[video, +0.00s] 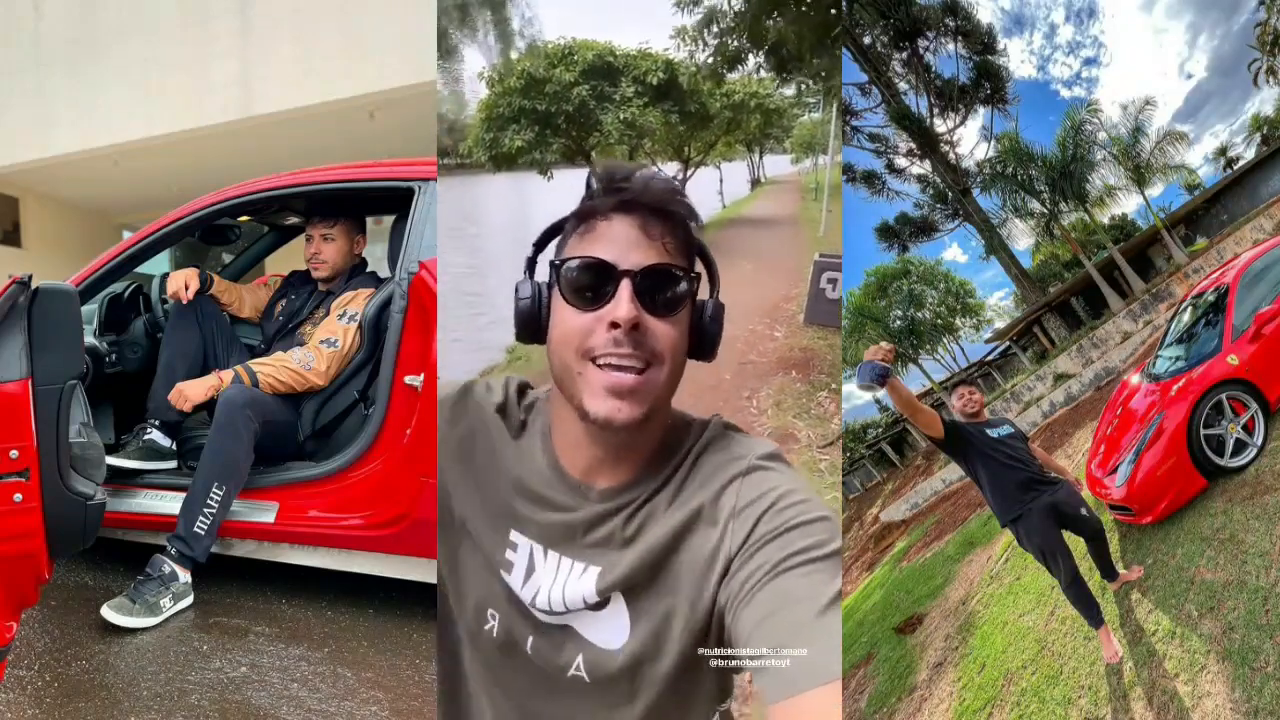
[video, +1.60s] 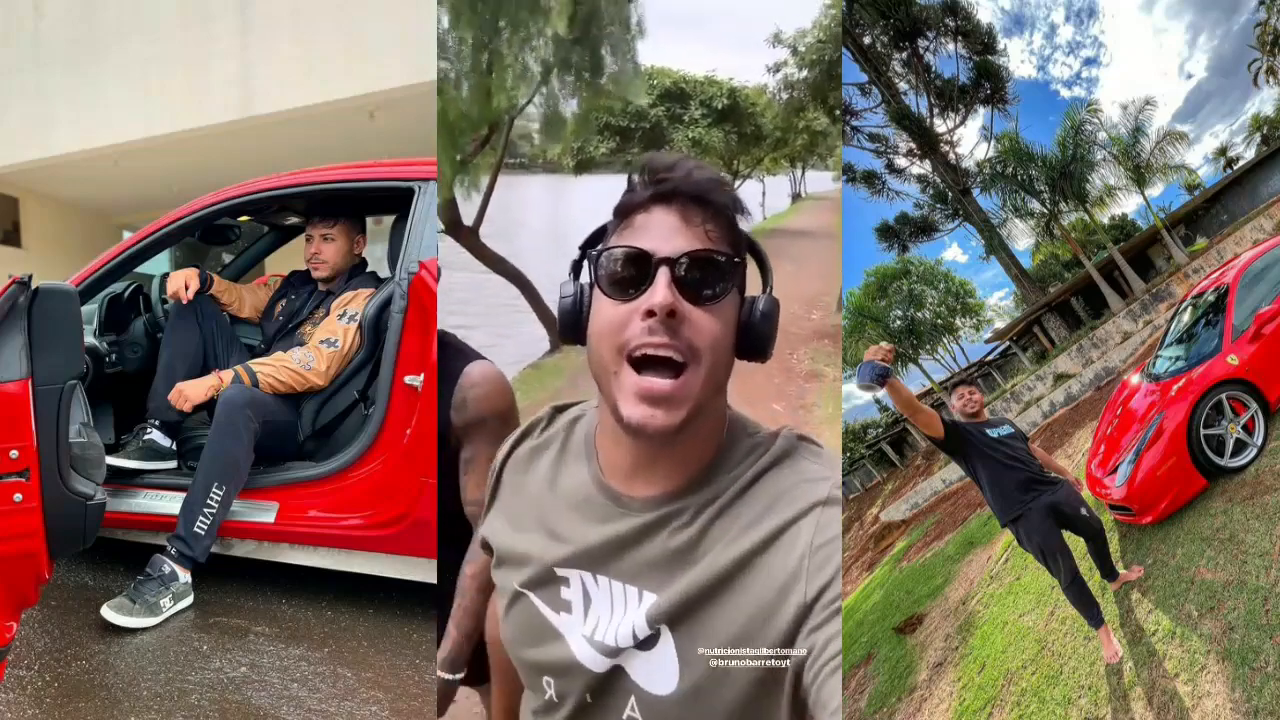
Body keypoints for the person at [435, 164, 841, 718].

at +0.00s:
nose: (625, 313)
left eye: (661, 290)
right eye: (589, 282)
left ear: (699, 327)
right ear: (541, 308)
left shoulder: (759, 514)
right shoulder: (466, 430)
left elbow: (818, 705)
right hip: (471, 706)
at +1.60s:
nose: (660, 301)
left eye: (702, 278)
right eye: (628, 274)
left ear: (748, 324)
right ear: (584, 310)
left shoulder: (817, 521)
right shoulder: (526, 464)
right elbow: (509, 604)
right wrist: (503, 712)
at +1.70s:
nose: (684, 319)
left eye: (723, 293)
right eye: (651, 291)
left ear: (772, 332)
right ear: (609, 322)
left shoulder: (836, 509)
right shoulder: (566, 462)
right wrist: (545, 704)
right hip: (584, 710)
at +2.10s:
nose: (759, 312)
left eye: (802, 285)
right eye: (725, 284)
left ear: (846, 323)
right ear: (681, 315)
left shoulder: (876, 521)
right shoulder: (639, 448)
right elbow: (587, 607)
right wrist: (555, 713)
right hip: (615, 709)